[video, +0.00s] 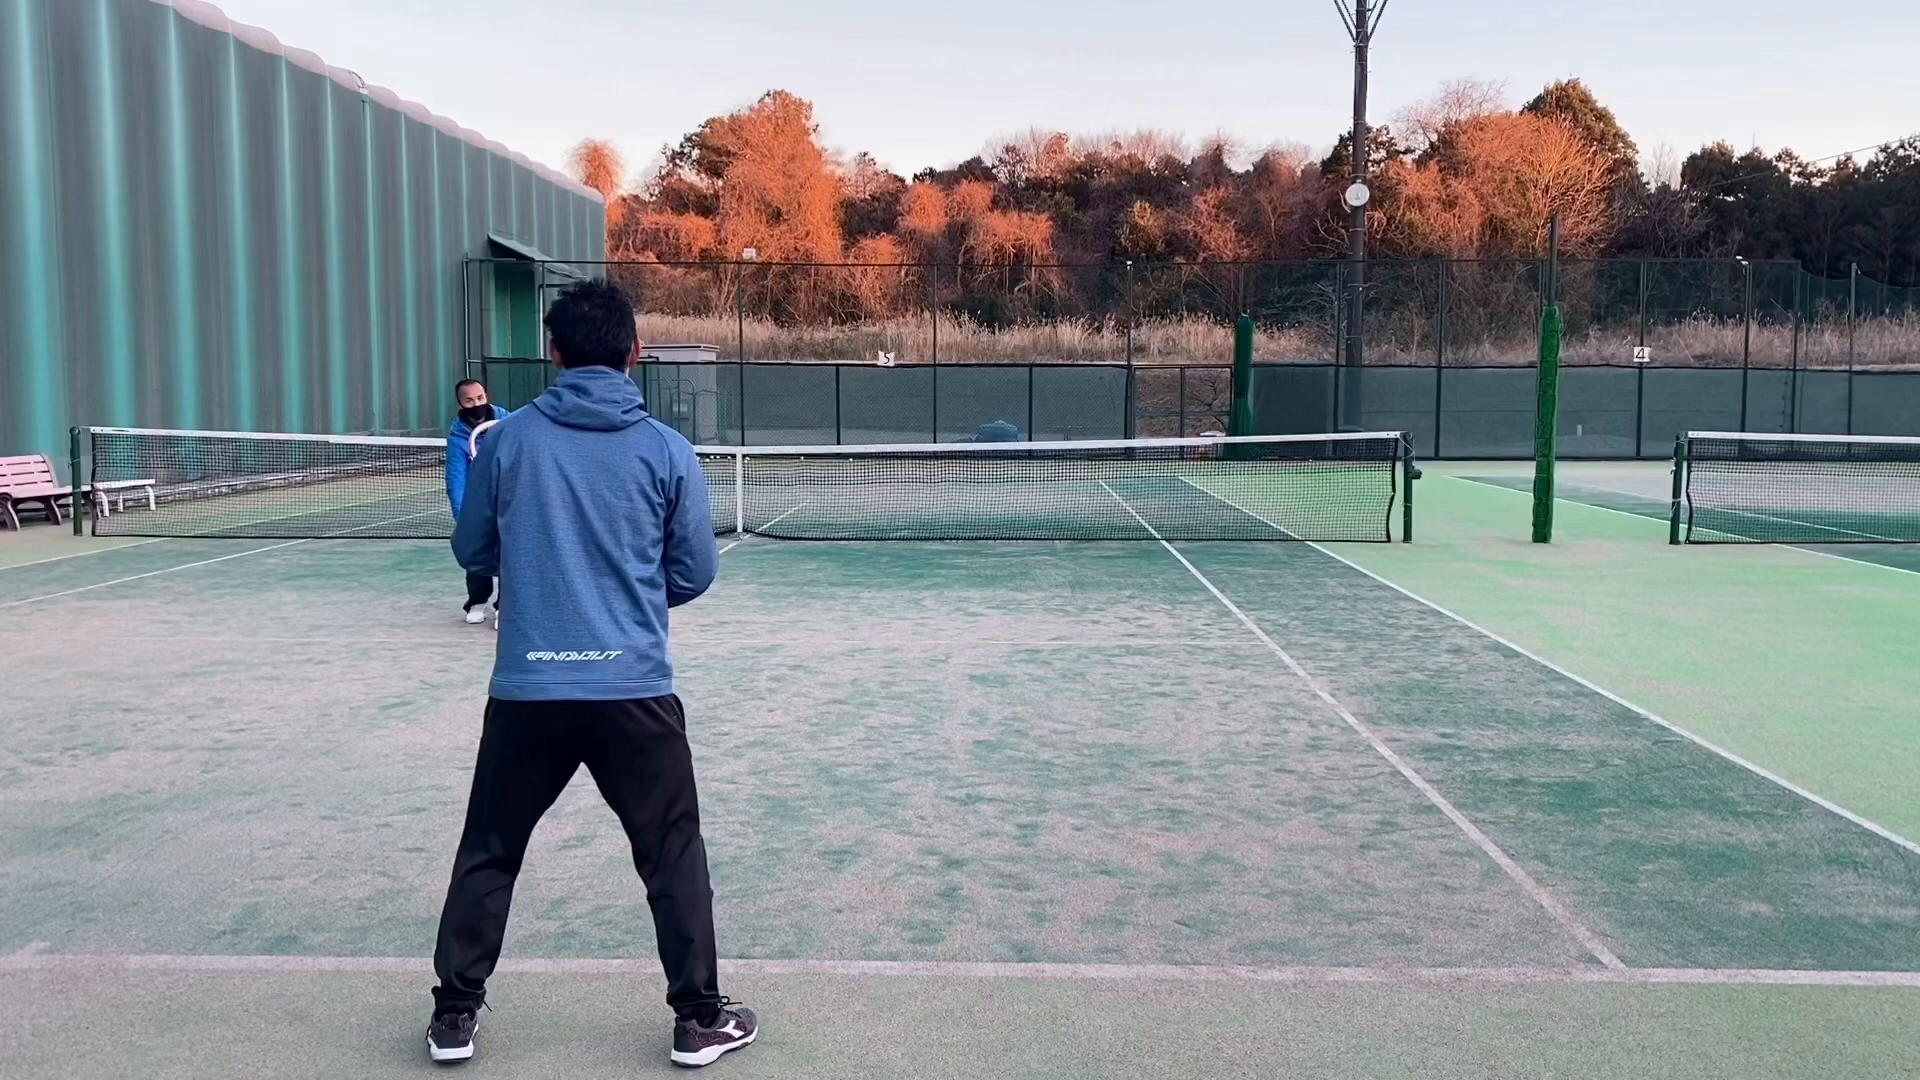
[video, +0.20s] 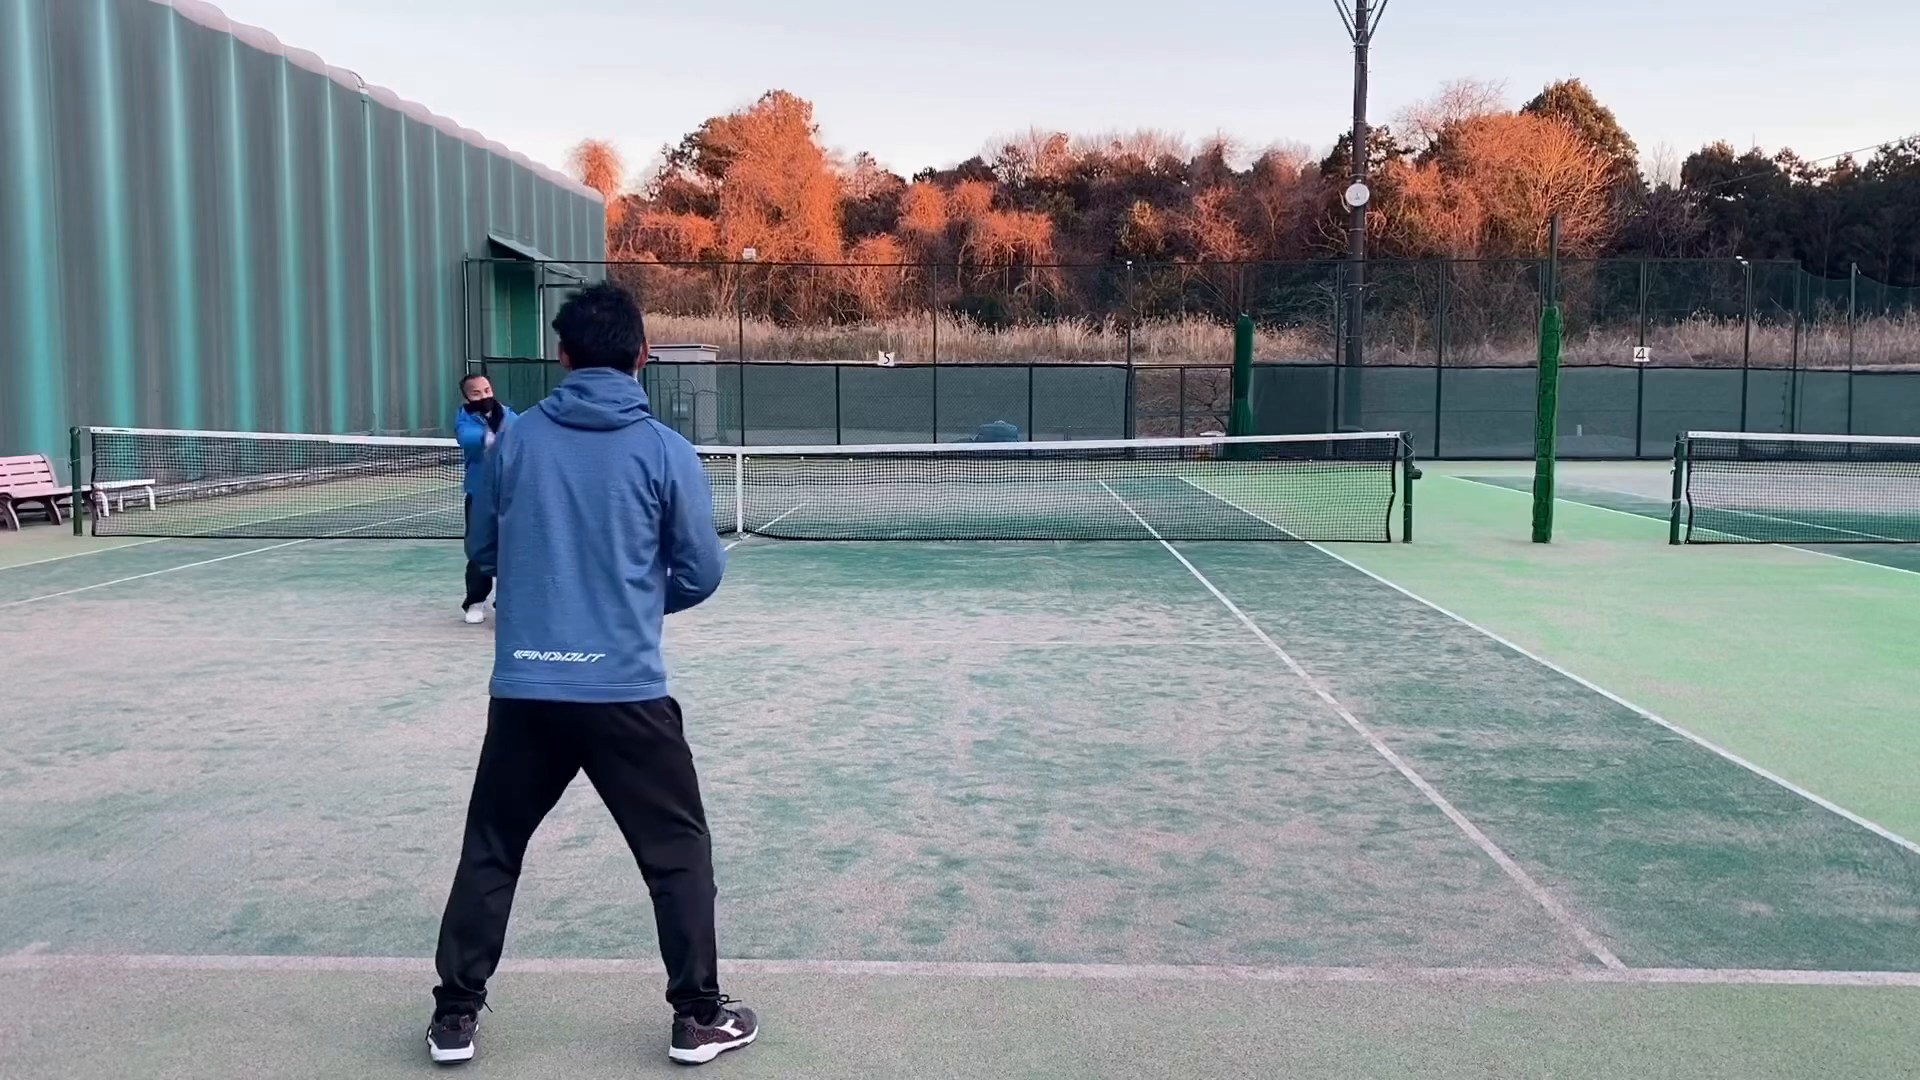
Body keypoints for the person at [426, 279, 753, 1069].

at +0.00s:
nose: (545, 356)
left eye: (550, 346)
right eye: (634, 347)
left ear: (553, 350)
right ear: (632, 352)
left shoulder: (507, 440)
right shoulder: (666, 448)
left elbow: (474, 552)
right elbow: (694, 571)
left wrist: (525, 540)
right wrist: (630, 581)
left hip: (528, 695)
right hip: (632, 693)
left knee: (488, 851)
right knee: (673, 854)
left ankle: (454, 1017)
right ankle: (700, 1019)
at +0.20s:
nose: (642, 360)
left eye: (558, 349)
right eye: (641, 350)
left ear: (561, 354)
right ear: (638, 355)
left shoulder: (514, 438)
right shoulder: (666, 450)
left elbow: (485, 549)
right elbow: (700, 572)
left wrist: (534, 560)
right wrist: (641, 595)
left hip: (526, 691)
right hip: (626, 691)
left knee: (491, 846)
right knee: (676, 850)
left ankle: (454, 1016)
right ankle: (698, 1016)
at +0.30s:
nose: (663, 366)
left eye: (659, 356)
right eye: (662, 356)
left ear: (577, 359)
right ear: (652, 364)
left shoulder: (537, 440)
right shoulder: (656, 446)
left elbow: (530, 548)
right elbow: (735, 566)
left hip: (529, 692)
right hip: (620, 697)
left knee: (499, 851)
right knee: (688, 842)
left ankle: (453, 1018)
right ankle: (688, 1014)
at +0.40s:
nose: (689, 367)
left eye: (687, 356)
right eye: (686, 358)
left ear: (605, 363)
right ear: (678, 368)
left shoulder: (578, 437)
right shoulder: (663, 445)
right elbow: (758, 516)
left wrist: (757, 490)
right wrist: (821, 514)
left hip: (555, 693)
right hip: (636, 700)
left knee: (526, 852)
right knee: (706, 847)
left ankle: (459, 1008)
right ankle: (686, 1016)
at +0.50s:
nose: (721, 368)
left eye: (718, 356)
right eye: (719, 357)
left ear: (642, 362)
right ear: (709, 365)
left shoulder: (618, 436)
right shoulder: (676, 434)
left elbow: (689, 512)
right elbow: (766, 471)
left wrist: (776, 507)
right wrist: (865, 462)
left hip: (593, 685)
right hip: (652, 689)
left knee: (601, 837)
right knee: (721, 849)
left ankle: (500, 981)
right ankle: (686, 1017)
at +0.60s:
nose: (753, 374)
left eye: (750, 361)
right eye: (753, 361)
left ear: (676, 360)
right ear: (739, 364)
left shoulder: (657, 429)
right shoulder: (697, 425)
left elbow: (738, 498)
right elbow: (755, 446)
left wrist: (814, 503)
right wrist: (865, 426)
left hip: (629, 677)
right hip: (677, 680)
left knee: (674, 834)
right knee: (731, 849)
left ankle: (601, 978)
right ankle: (687, 1017)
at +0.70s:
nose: (785, 382)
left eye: (783, 372)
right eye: (785, 371)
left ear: (709, 370)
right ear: (770, 376)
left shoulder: (704, 442)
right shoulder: (714, 428)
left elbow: (775, 501)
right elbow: (750, 437)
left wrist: (848, 507)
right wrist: (853, 416)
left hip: (668, 685)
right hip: (698, 687)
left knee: (721, 837)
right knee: (780, 843)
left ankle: (651, 988)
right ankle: (699, 1002)